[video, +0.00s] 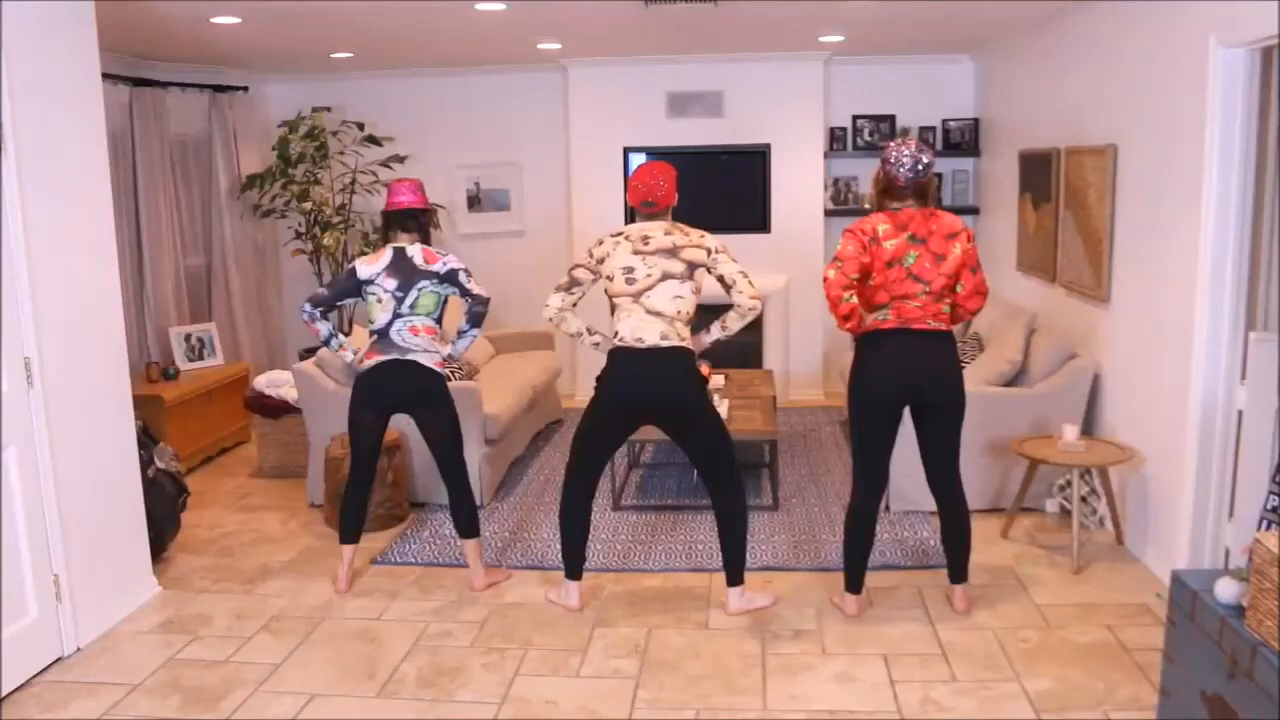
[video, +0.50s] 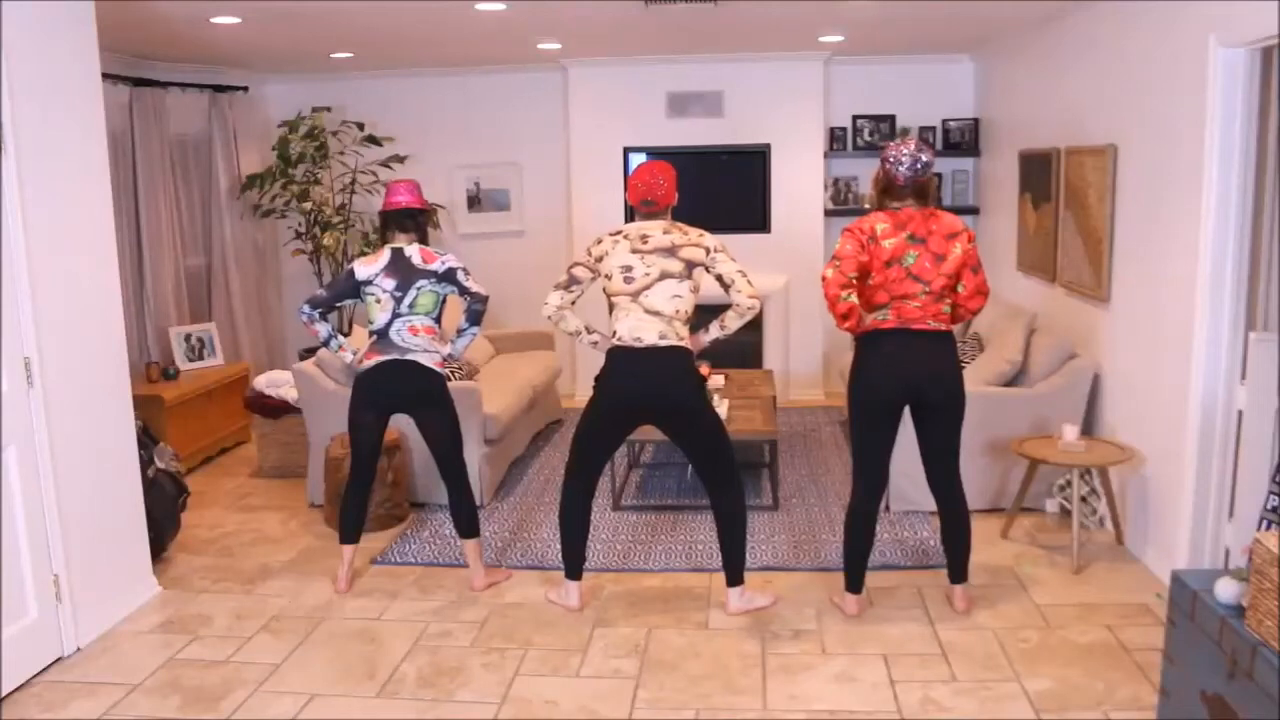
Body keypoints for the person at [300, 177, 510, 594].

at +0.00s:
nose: (423, 226)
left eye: (402, 221)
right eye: (424, 220)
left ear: (387, 222)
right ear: (426, 221)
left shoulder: (367, 265)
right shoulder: (443, 262)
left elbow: (310, 308)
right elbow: (479, 301)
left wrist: (348, 351)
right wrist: (455, 351)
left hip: (373, 380)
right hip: (426, 380)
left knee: (360, 473)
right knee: (455, 473)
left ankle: (345, 572)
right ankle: (478, 572)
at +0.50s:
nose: (422, 225)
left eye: (402, 221)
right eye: (422, 219)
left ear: (384, 222)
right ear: (423, 221)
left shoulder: (365, 266)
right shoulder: (440, 262)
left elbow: (309, 309)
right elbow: (478, 298)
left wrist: (347, 351)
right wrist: (455, 349)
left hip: (373, 380)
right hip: (425, 380)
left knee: (360, 473)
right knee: (455, 472)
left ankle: (344, 573)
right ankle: (479, 572)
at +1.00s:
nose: (419, 226)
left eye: (395, 223)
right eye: (420, 220)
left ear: (382, 224)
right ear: (420, 222)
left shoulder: (365, 267)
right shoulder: (439, 261)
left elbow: (309, 311)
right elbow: (477, 297)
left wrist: (348, 352)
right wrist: (455, 348)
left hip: (374, 380)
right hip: (426, 380)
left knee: (361, 475)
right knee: (456, 474)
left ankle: (344, 573)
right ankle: (479, 572)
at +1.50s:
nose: (418, 225)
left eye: (393, 222)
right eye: (420, 219)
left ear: (381, 223)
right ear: (421, 220)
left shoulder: (366, 266)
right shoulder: (439, 260)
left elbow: (309, 311)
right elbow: (480, 295)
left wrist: (348, 352)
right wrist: (457, 347)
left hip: (376, 380)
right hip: (427, 379)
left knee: (362, 474)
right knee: (456, 473)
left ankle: (345, 572)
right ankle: (479, 573)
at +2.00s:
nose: (374, 227)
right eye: (382, 218)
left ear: (344, 221)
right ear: (385, 218)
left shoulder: (327, 264)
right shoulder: (406, 259)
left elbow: (277, 309)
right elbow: (453, 297)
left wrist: (313, 353)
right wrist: (430, 343)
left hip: (347, 383)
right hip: (401, 379)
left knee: (345, 474)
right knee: (439, 463)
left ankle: (340, 571)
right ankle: (471, 559)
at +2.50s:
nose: (377, 235)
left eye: (371, 228)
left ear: (371, 229)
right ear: (410, 225)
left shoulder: (362, 269)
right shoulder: (436, 262)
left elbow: (332, 316)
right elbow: (491, 296)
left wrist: (362, 352)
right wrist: (467, 346)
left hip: (397, 384)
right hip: (448, 378)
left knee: (367, 470)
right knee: (445, 462)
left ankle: (346, 569)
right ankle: (459, 556)